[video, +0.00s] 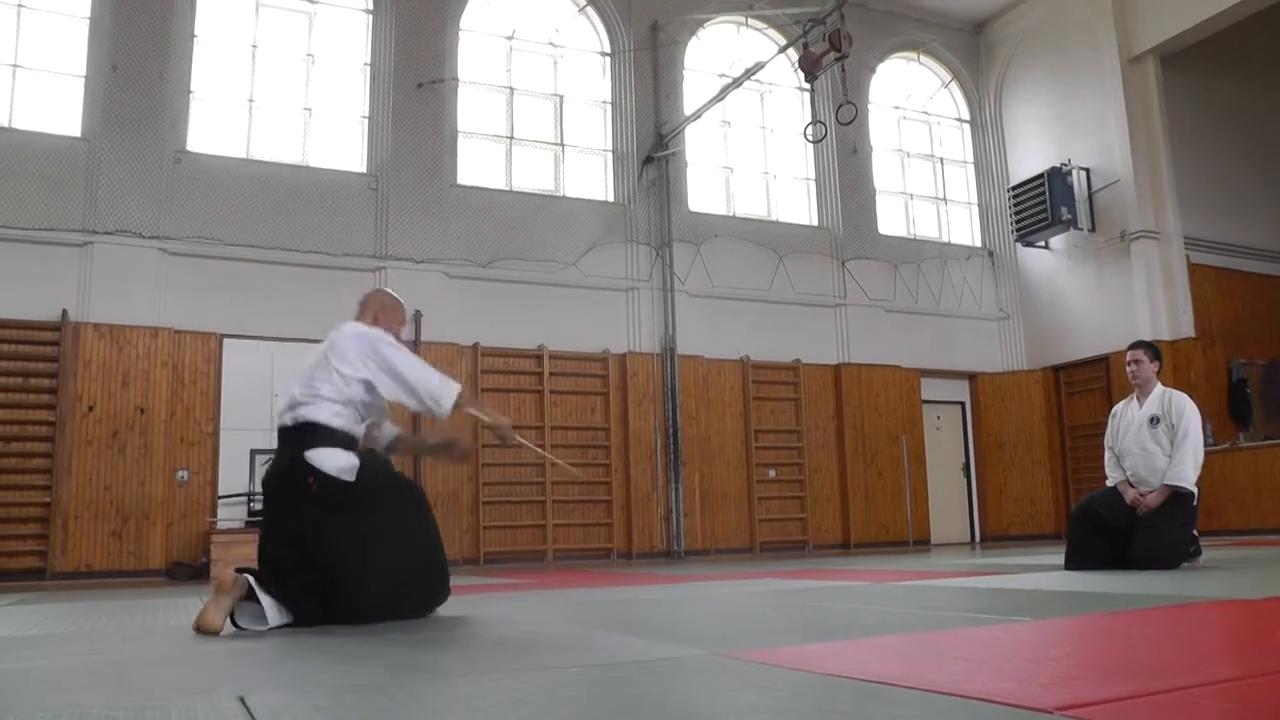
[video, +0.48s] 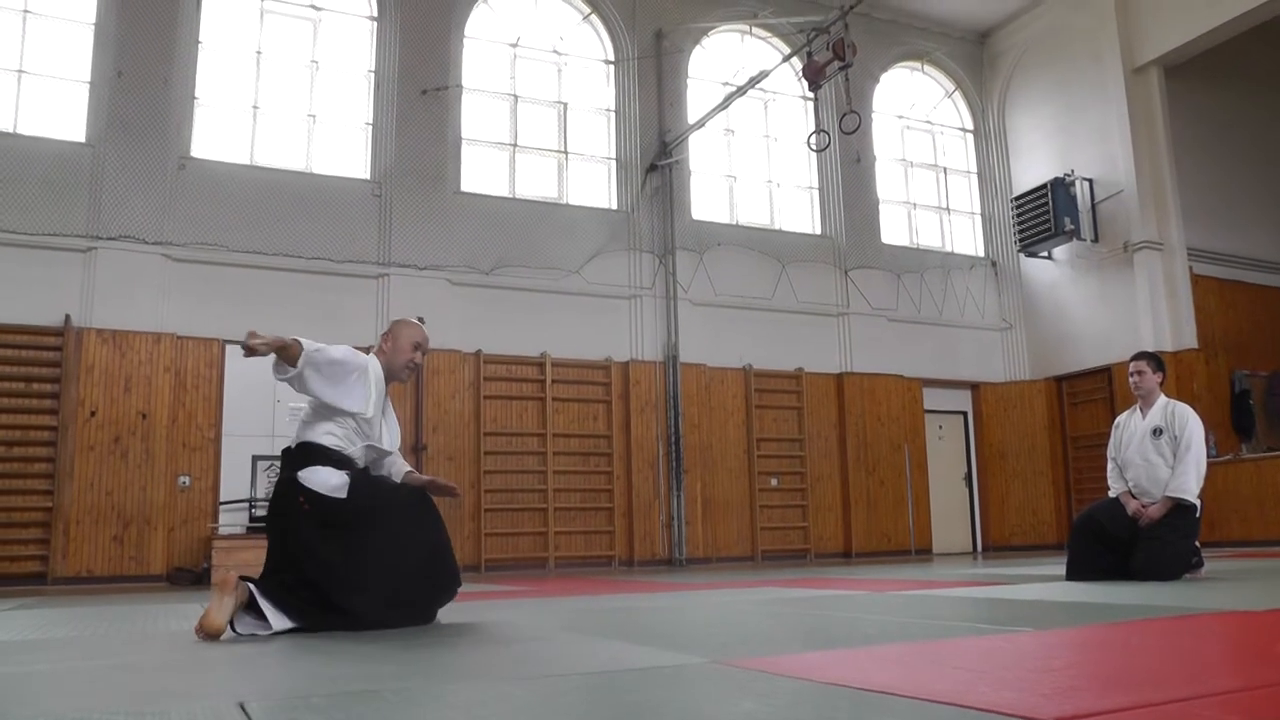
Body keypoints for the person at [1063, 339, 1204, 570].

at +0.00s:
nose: (1131, 368)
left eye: (1138, 362)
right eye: (1128, 364)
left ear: (1155, 366)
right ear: (1125, 369)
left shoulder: (1178, 403)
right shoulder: (1118, 411)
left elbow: (1188, 454)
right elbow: (1110, 456)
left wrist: (1160, 494)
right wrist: (1125, 489)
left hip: (1171, 496)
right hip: (1127, 494)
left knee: (1148, 559)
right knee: (1084, 516)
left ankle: (1188, 542)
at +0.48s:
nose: (1134, 379)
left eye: (1140, 373)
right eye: (1131, 375)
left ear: (1158, 377)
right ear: (1128, 380)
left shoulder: (1181, 415)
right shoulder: (1121, 422)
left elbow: (1191, 467)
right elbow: (1113, 468)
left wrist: (1162, 506)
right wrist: (1127, 501)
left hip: (1174, 509)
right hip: (1130, 506)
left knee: (1147, 569)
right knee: (1086, 526)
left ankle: (1190, 553)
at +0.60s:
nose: (1134, 381)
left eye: (1141, 375)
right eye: (1131, 376)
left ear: (1159, 379)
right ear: (1128, 381)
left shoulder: (1182, 417)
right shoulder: (1121, 424)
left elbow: (1191, 469)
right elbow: (1113, 469)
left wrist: (1162, 507)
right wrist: (1128, 503)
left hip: (1174, 509)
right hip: (1130, 507)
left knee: (1150, 572)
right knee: (1086, 528)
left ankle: (1191, 556)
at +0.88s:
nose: (1136, 384)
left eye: (1142, 379)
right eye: (1132, 380)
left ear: (1160, 383)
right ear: (1129, 385)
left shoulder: (1183, 420)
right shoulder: (1123, 428)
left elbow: (1193, 472)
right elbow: (1114, 473)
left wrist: (1164, 511)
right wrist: (1129, 506)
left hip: (1176, 513)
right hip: (1132, 511)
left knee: (1152, 575)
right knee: (1089, 531)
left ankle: (1193, 560)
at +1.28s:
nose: (1134, 387)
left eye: (1140, 381)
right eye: (1131, 382)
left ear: (1159, 385)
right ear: (1128, 387)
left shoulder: (1181, 422)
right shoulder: (1122, 431)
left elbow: (1192, 473)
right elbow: (1113, 476)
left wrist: (1164, 513)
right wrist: (1130, 509)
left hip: (1176, 515)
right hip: (1132, 514)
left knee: (1153, 577)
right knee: (1089, 533)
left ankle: (1194, 561)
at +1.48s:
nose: (1131, 388)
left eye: (1137, 382)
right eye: (1129, 383)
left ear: (1156, 386)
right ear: (1126, 388)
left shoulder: (1180, 422)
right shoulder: (1120, 432)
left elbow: (1191, 473)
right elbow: (1113, 477)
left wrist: (1163, 514)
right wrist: (1130, 509)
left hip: (1175, 515)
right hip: (1131, 514)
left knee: (1153, 578)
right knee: (1089, 535)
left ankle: (1194, 562)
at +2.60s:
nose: (1135, 400)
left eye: (1141, 394)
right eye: (1132, 395)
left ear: (1160, 399)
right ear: (1129, 401)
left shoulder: (1183, 435)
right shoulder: (1123, 446)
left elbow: (1194, 486)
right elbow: (1116, 490)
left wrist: (1166, 526)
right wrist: (1132, 522)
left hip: (1178, 528)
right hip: (1134, 527)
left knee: (1158, 592)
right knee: (1093, 547)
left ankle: (1198, 575)